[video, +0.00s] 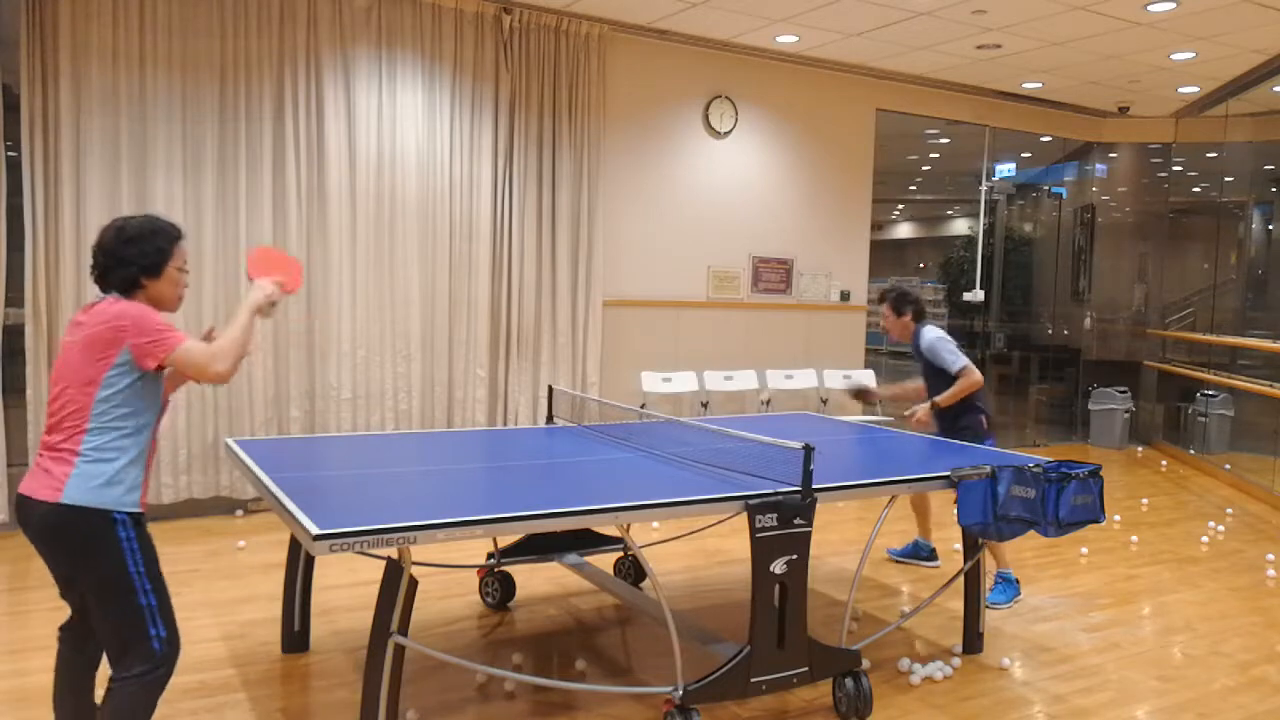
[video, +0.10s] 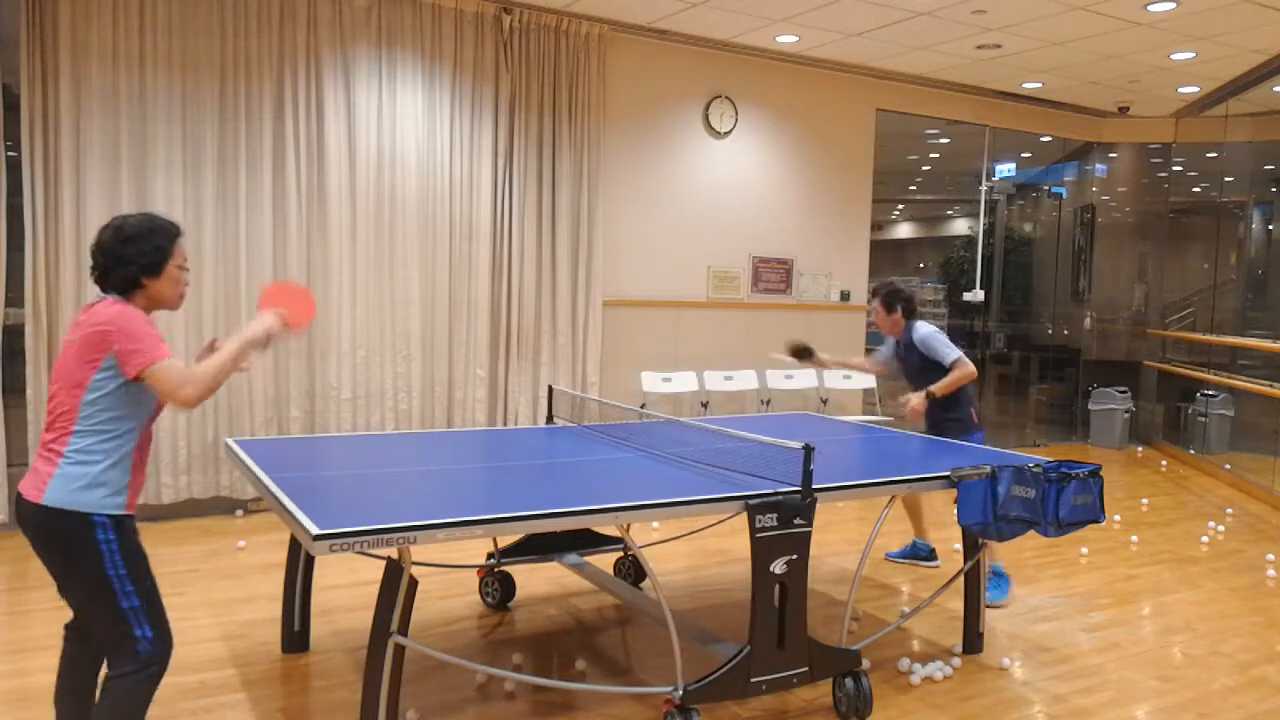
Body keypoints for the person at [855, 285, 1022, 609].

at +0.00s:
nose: (883, 326)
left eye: (886, 318)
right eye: (882, 319)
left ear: (906, 316)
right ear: (904, 316)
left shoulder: (931, 339)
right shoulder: (920, 341)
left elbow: (973, 378)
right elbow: (931, 386)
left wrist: (933, 405)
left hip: (971, 434)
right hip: (948, 433)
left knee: (978, 504)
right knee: (914, 479)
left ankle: (1006, 577)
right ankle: (924, 545)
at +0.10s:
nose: (873, 319)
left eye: (876, 312)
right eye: (872, 312)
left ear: (897, 312)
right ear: (892, 312)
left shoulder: (924, 333)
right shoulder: (897, 342)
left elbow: (967, 370)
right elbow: (872, 365)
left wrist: (926, 394)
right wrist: (825, 361)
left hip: (965, 431)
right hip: (935, 430)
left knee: (972, 498)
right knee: (904, 478)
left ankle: (995, 572)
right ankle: (922, 544)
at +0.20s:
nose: (869, 303)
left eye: (875, 297)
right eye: (870, 297)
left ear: (896, 299)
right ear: (887, 300)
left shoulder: (923, 324)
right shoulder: (880, 330)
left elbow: (964, 362)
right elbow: (847, 348)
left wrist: (926, 378)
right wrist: (812, 341)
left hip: (945, 419)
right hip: (916, 418)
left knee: (936, 480)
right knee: (893, 473)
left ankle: (969, 548)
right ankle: (920, 539)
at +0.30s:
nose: (870, 297)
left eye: (877, 291)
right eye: (869, 290)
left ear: (898, 294)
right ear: (869, 292)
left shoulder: (923, 323)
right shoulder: (871, 326)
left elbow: (961, 362)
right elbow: (836, 349)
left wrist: (923, 375)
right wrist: (806, 340)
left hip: (928, 416)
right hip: (895, 415)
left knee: (921, 478)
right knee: (873, 469)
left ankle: (937, 548)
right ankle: (894, 526)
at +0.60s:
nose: (865, 307)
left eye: (872, 301)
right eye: (862, 301)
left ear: (892, 306)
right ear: (860, 304)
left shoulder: (915, 336)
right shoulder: (857, 336)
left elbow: (944, 372)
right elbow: (840, 373)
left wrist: (924, 399)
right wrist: (833, 378)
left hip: (913, 425)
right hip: (875, 422)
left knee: (921, 481)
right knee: (851, 470)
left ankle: (939, 546)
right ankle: (852, 527)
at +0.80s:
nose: (888, 314)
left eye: (895, 308)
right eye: (885, 307)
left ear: (915, 311)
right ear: (881, 307)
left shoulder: (938, 340)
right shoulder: (873, 337)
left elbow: (963, 372)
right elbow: (855, 379)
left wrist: (952, 400)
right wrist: (868, 382)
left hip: (928, 430)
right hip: (887, 428)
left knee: (943, 491)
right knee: (862, 472)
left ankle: (960, 554)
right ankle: (854, 528)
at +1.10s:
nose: (936, 324)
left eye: (944, 317)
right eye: (931, 316)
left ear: (962, 316)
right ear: (924, 313)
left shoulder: (979, 340)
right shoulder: (909, 339)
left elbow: (995, 368)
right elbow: (883, 381)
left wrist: (1001, 396)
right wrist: (899, 394)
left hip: (960, 428)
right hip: (916, 427)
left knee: (965, 492)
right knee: (889, 473)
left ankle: (965, 562)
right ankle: (881, 531)